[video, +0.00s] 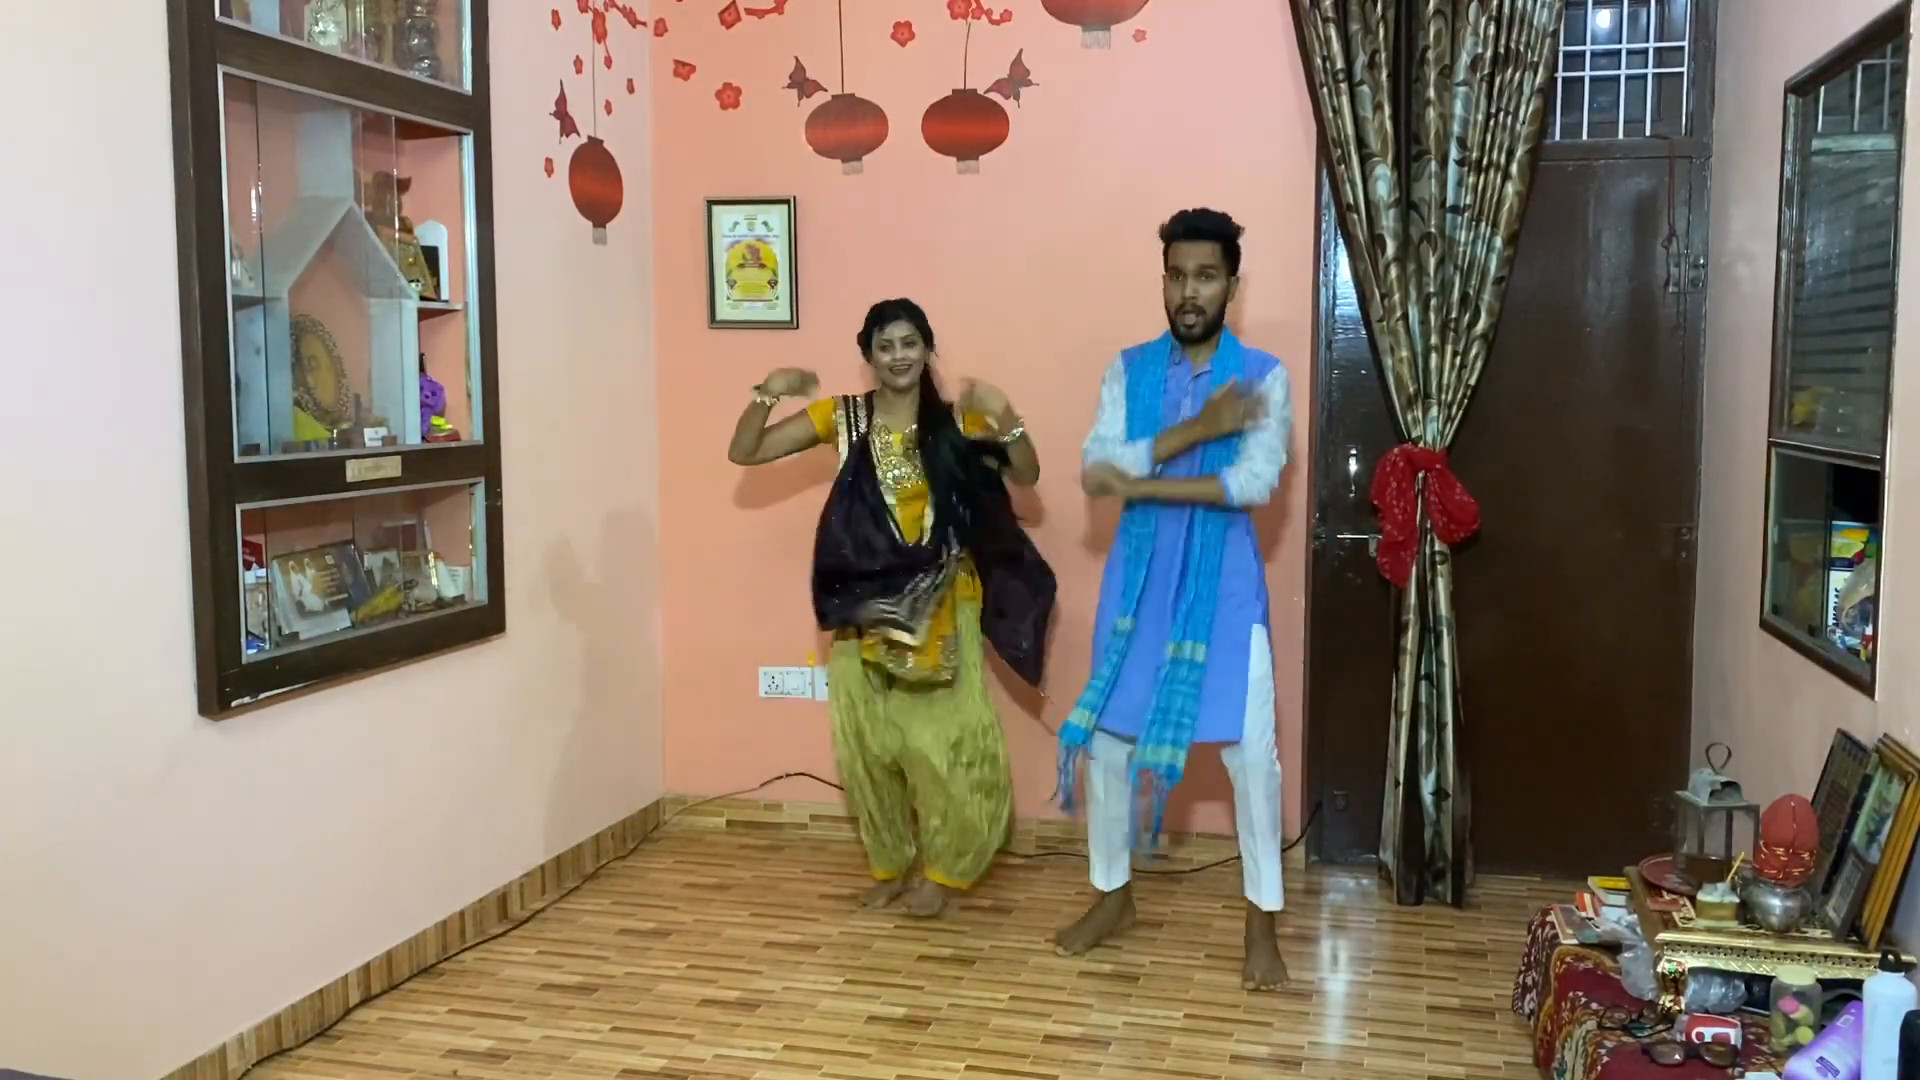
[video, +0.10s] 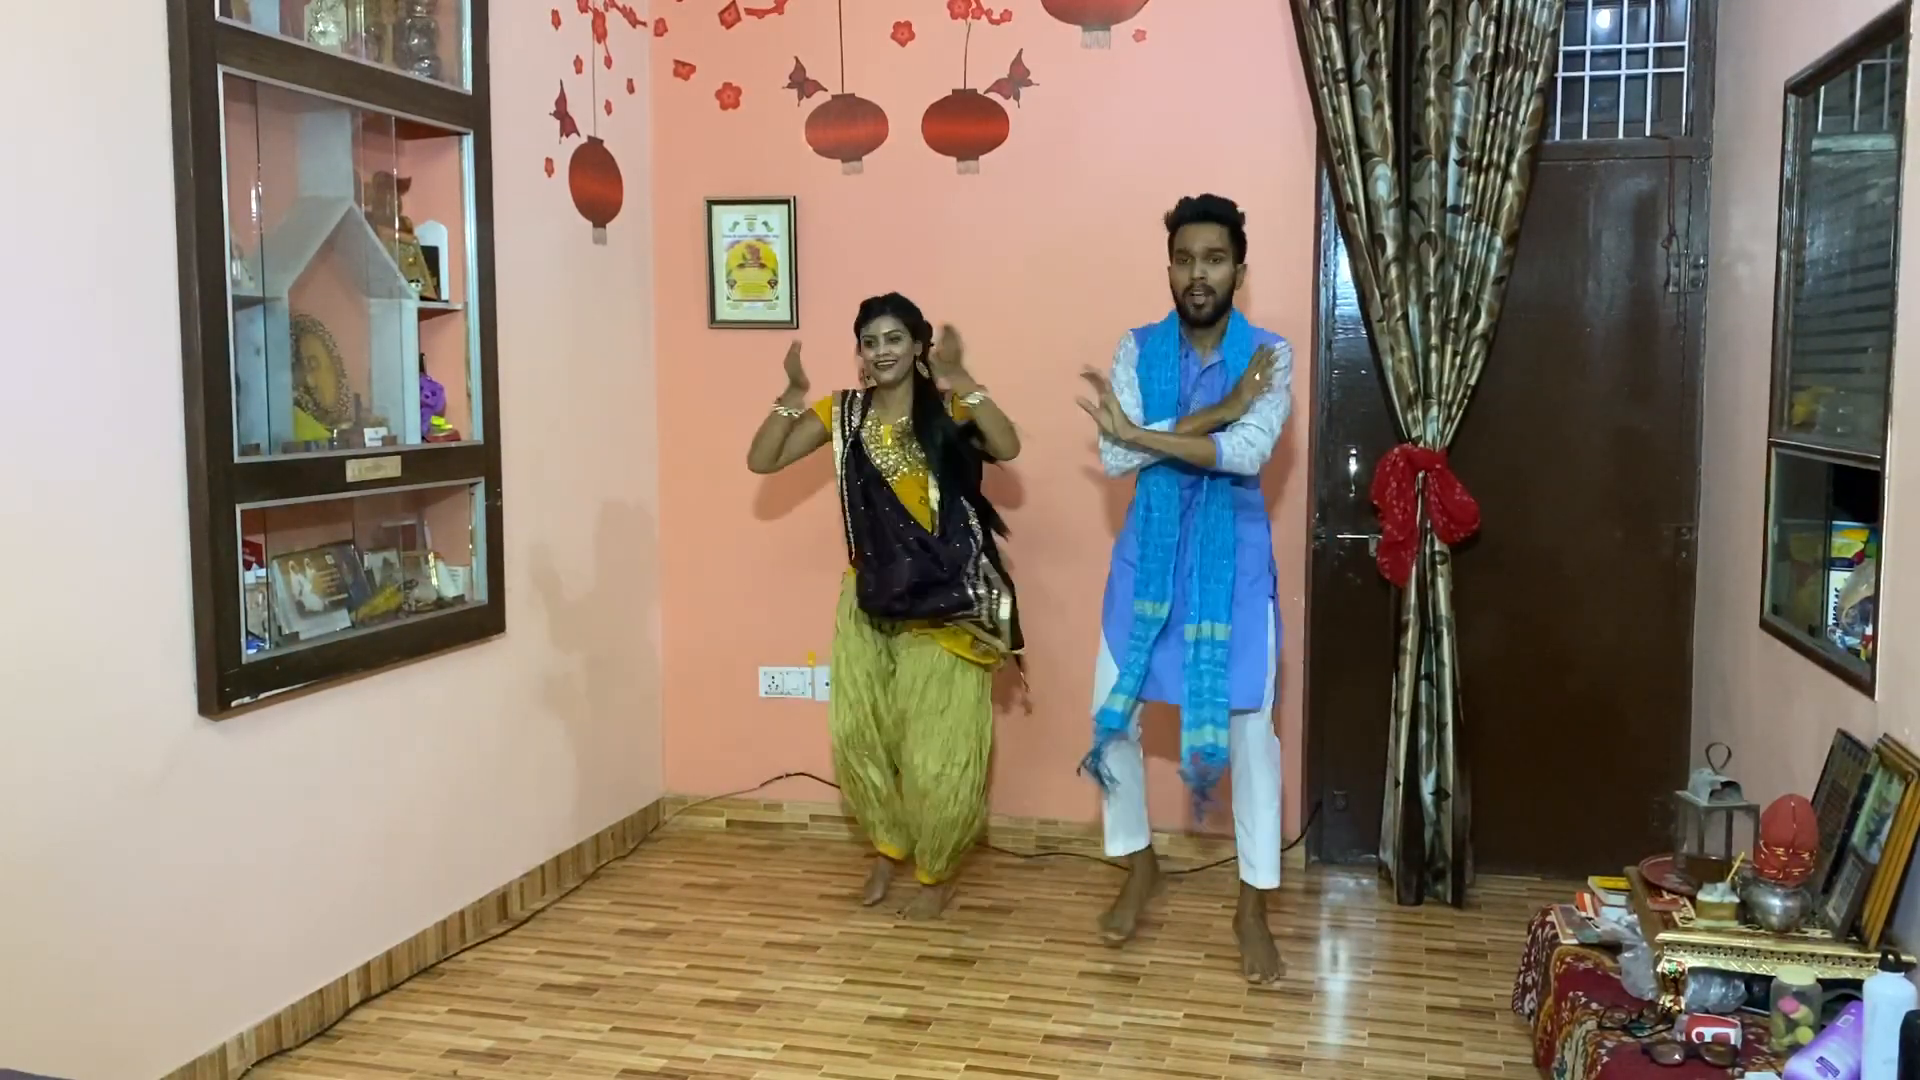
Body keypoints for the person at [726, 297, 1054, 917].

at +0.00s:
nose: (899, 355)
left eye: (910, 343)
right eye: (887, 345)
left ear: (927, 351)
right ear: (869, 355)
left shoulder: (954, 418)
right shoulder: (846, 415)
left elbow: (1026, 476)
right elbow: (746, 449)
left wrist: (1007, 422)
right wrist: (765, 392)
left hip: (945, 596)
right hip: (865, 598)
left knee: (945, 737)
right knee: (866, 738)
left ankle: (945, 870)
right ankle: (892, 866)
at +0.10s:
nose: (878, 352)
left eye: (892, 340)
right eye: (868, 342)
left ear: (918, 346)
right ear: (859, 350)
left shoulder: (947, 406)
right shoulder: (844, 410)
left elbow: (1007, 447)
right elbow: (763, 460)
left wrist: (961, 381)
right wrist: (791, 399)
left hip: (946, 597)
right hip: (870, 595)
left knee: (938, 738)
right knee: (861, 731)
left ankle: (937, 874)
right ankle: (888, 852)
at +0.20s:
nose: (876, 355)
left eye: (888, 344)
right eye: (865, 346)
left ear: (914, 355)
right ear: (855, 360)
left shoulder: (940, 410)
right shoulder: (845, 420)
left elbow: (959, 454)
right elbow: (793, 476)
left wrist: (896, 401)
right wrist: (811, 413)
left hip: (938, 606)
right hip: (867, 601)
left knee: (929, 741)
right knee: (853, 735)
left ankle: (934, 879)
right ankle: (887, 844)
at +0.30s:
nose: (873, 367)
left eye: (886, 356)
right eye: (864, 357)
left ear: (915, 365)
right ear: (853, 369)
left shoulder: (941, 421)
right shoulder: (845, 426)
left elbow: (941, 463)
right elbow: (791, 479)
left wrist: (870, 431)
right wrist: (808, 434)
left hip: (938, 612)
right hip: (870, 607)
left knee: (932, 742)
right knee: (864, 738)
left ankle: (932, 870)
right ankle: (890, 854)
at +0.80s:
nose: (860, 374)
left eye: (871, 362)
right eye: (847, 363)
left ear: (886, 362)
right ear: (826, 364)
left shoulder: (907, 419)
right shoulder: (799, 408)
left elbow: (961, 501)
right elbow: (721, 463)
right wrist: (679, 531)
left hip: (892, 597)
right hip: (813, 597)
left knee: (904, 734)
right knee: (802, 732)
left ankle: (900, 847)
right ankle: (775, 847)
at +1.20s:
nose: (965, 350)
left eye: (966, 340)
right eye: (954, 341)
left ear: (946, 348)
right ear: (918, 347)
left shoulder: (970, 409)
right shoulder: (860, 390)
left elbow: (1002, 479)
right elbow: (794, 464)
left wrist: (1003, 554)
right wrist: (811, 550)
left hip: (929, 575)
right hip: (845, 572)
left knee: (966, 702)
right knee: (832, 705)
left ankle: (986, 838)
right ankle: (773, 782)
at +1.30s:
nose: (993, 373)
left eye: (995, 363)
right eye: (981, 362)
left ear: (982, 372)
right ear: (943, 367)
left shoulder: (993, 440)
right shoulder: (890, 408)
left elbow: (1025, 499)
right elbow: (834, 487)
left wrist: (1023, 569)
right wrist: (847, 565)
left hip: (951, 581)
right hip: (878, 571)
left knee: (987, 713)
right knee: (882, 695)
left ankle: (1014, 862)